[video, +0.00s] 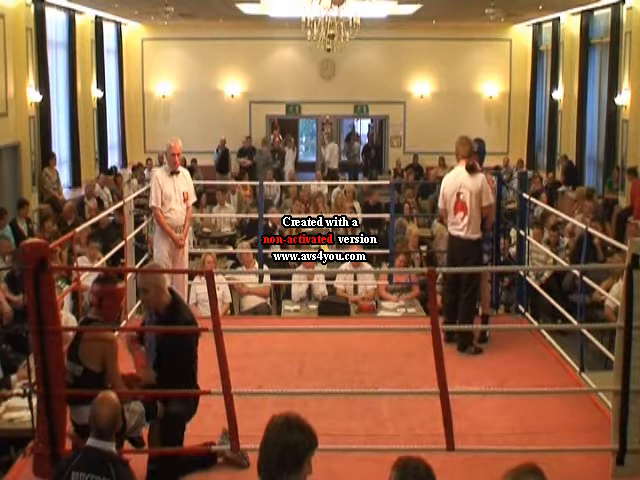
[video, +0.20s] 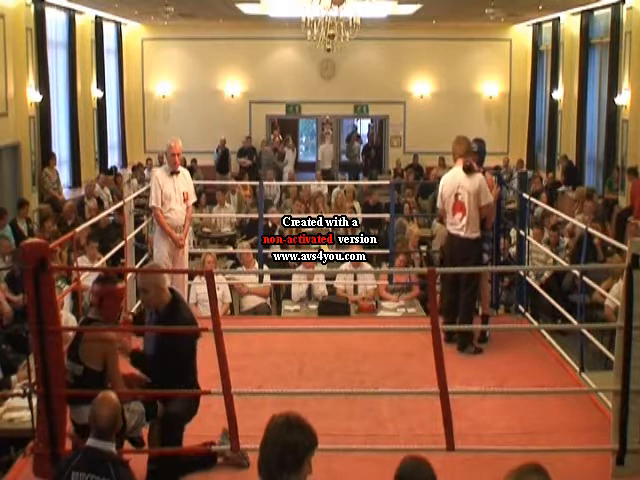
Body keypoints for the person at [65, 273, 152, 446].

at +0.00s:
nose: (122, 305)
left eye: (121, 299)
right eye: (118, 300)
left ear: (95, 300)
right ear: (101, 301)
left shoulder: (85, 326)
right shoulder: (106, 338)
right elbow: (117, 390)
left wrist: (124, 381)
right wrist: (139, 394)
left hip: (77, 410)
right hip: (94, 414)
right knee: (151, 407)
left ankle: (132, 429)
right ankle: (131, 430)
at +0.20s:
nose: (121, 305)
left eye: (122, 299)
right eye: (117, 300)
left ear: (97, 300)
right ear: (100, 301)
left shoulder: (85, 324)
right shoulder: (106, 336)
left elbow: (102, 377)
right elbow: (119, 391)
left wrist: (129, 381)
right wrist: (140, 395)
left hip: (77, 408)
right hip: (92, 414)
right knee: (153, 407)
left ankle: (133, 429)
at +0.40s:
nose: (122, 306)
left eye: (122, 300)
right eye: (117, 300)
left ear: (97, 300)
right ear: (101, 300)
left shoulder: (86, 324)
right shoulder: (108, 337)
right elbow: (118, 390)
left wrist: (128, 381)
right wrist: (140, 395)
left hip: (77, 409)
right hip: (93, 414)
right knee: (152, 407)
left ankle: (133, 429)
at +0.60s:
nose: (122, 306)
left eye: (122, 299)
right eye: (118, 300)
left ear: (97, 301)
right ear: (103, 302)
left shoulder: (88, 324)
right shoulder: (108, 337)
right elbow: (118, 390)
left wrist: (130, 383)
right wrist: (140, 394)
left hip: (77, 410)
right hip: (93, 415)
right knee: (153, 407)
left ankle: (133, 429)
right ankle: (130, 430)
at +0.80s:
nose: (127, 303)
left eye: (126, 298)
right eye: (124, 298)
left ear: (101, 301)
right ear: (115, 303)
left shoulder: (90, 323)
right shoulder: (109, 338)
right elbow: (119, 393)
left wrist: (129, 382)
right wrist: (143, 391)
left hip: (77, 408)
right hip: (93, 414)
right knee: (153, 407)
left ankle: (133, 429)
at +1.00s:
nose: (126, 302)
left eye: (125, 297)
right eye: (123, 297)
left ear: (100, 299)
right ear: (115, 301)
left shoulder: (88, 323)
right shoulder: (111, 336)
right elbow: (120, 393)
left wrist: (129, 382)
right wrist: (143, 392)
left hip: (77, 407)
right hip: (93, 413)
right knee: (153, 407)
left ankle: (133, 429)